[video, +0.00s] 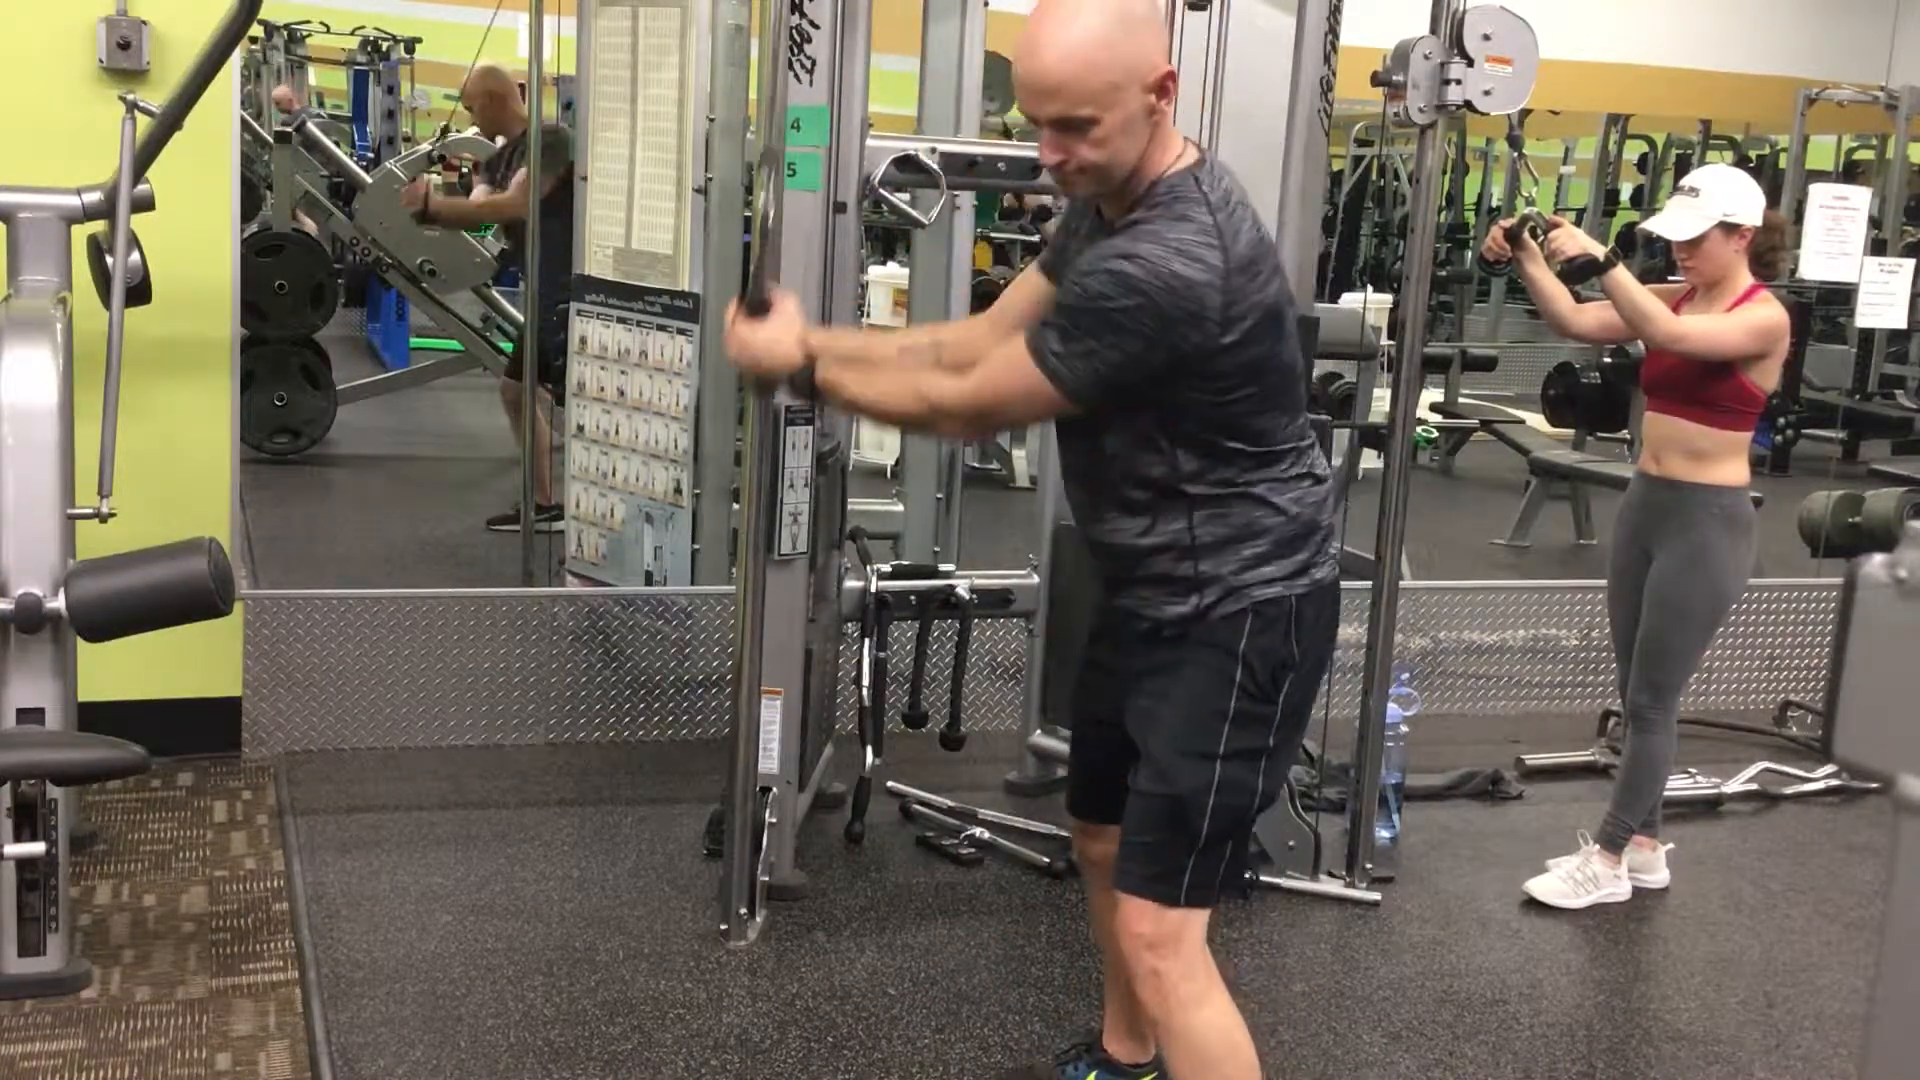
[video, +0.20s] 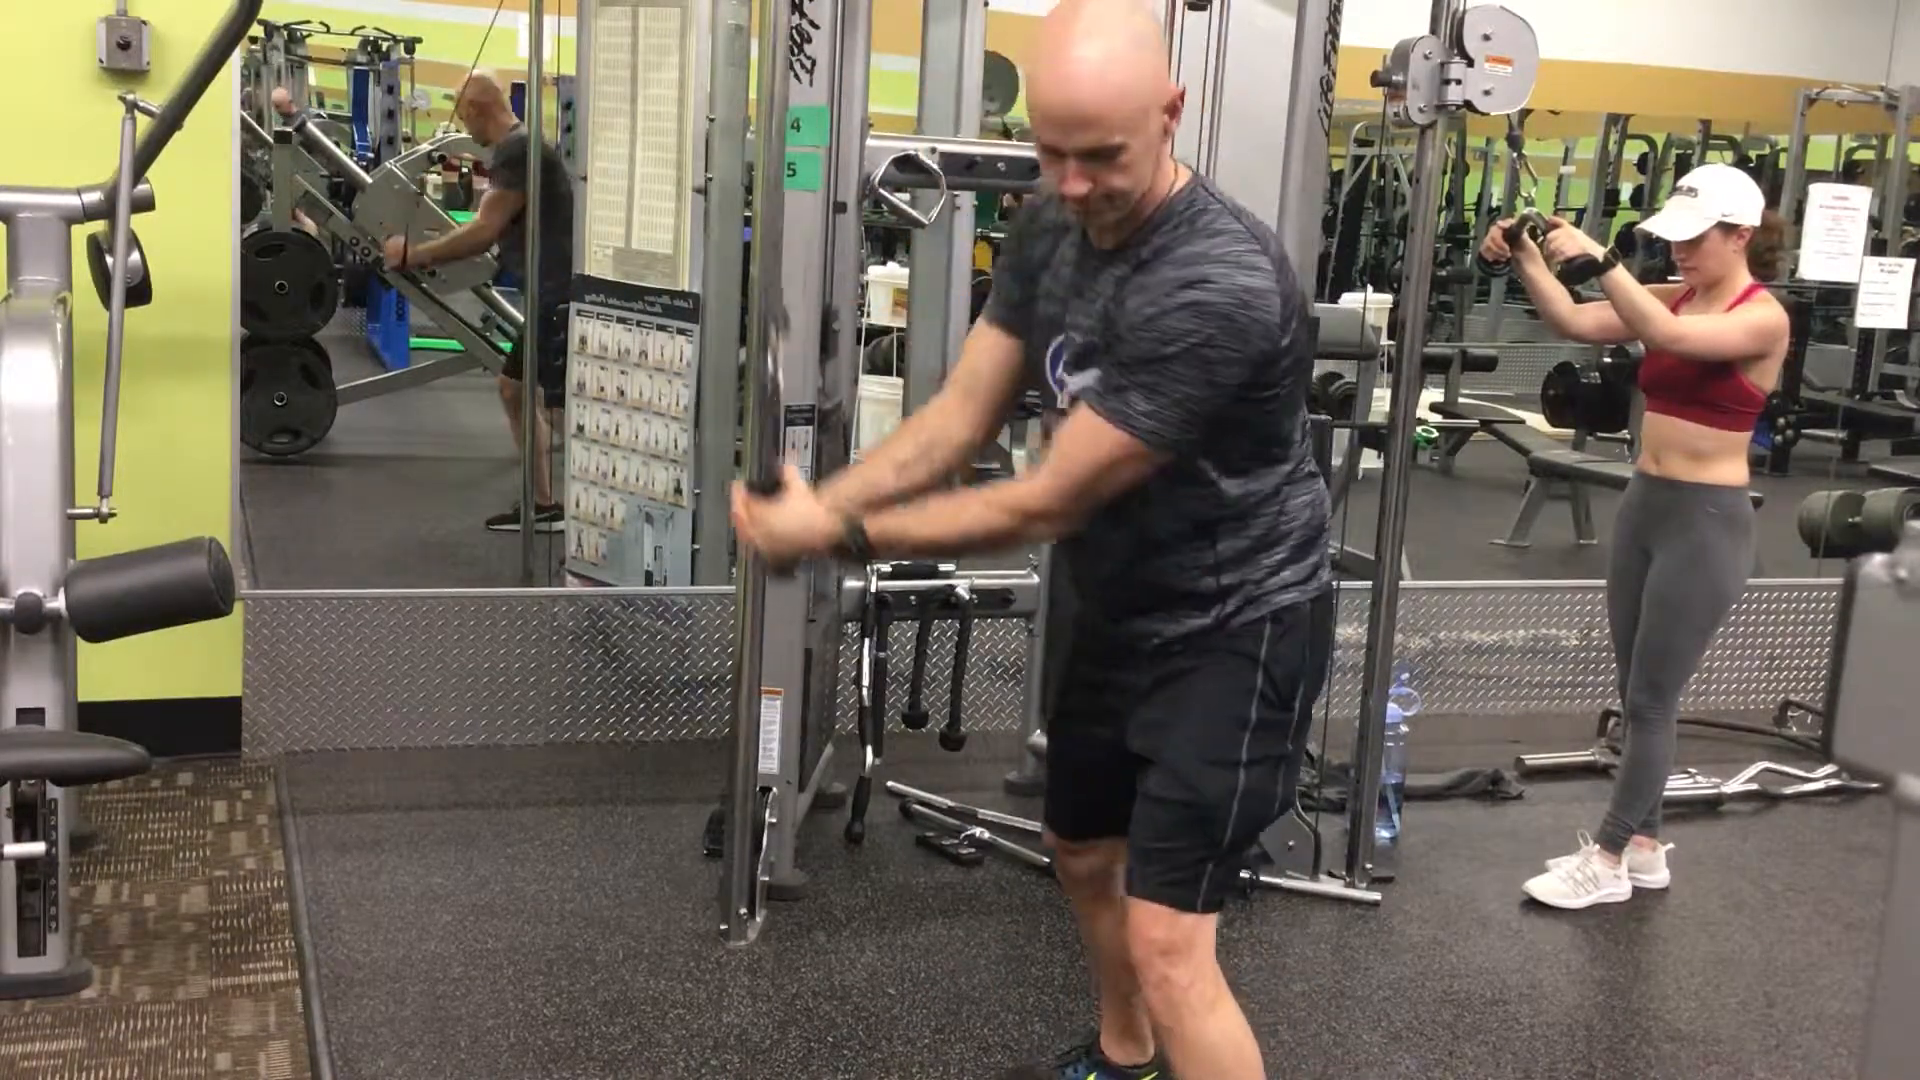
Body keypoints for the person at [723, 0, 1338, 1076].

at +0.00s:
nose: (1049, 155)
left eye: (1076, 128)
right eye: (1036, 125)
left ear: (1160, 98)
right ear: (1024, 99)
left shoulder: (1177, 259)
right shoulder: (1109, 205)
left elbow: (966, 404)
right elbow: (974, 344)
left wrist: (805, 367)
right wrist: (811, 340)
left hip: (1242, 603)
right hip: (1151, 587)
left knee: (1158, 929)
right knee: (1102, 833)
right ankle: (1131, 1054)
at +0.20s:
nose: (1073, 185)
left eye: (1103, 156)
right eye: (1050, 154)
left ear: (1172, 117)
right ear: (1028, 123)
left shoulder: (1222, 284)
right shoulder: (1050, 230)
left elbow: (1047, 504)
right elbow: (956, 418)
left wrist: (841, 529)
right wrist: (824, 503)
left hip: (1240, 618)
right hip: (1110, 605)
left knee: (1165, 934)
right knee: (1087, 855)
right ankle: (1127, 1053)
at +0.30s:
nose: (1086, 209)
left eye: (1115, 181)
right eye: (1061, 178)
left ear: (1174, 137)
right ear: (1034, 142)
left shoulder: (1241, 300)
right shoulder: (1027, 248)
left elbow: (1087, 535)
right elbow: (949, 448)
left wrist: (888, 605)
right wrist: (853, 578)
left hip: (1249, 617)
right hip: (1109, 602)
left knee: (1181, 943)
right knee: (1068, 853)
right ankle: (1126, 1049)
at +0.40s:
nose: (1102, 244)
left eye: (1131, 216)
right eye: (1077, 215)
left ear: (1184, 170)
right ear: (1044, 174)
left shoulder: (1254, 321)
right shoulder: (1012, 284)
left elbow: (1127, 571)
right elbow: (952, 487)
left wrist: (942, 680)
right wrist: (899, 656)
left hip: (1253, 626)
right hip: (1105, 606)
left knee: (1192, 933)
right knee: (1054, 858)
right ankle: (1122, 1045)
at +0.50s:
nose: (1131, 286)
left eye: (1161, 256)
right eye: (1103, 256)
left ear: (1204, 211)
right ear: (1061, 212)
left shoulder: (1273, 339)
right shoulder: (1007, 314)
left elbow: (1165, 606)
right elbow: (967, 545)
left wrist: (1007, 735)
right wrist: (946, 712)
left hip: (1256, 638)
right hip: (1100, 618)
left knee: (1204, 936)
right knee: (1043, 880)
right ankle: (1117, 1042)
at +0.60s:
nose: (1166, 326)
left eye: (1195, 296)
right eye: (1136, 296)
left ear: (1235, 245)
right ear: (1086, 238)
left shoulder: (1297, 368)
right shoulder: (1017, 350)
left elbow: (1212, 619)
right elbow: (992, 587)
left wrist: (1076, 790)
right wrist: (1003, 758)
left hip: (1258, 640)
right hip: (1100, 623)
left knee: (1212, 947)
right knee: (1036, 868)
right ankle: (1096, 1019)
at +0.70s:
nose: (1204, 367)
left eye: (1232, 335)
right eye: (1174, 336)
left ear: (1269, 279)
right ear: (1117, 273)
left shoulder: (1321, 395)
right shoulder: (1038, 384)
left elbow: (1254, 648)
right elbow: (1038, 645)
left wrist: (1157, 835)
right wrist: (1065, 824)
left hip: (1252, 656)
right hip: (1101, 652)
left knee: (1224, 939)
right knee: (1036, 901)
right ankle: (1050, 1003)